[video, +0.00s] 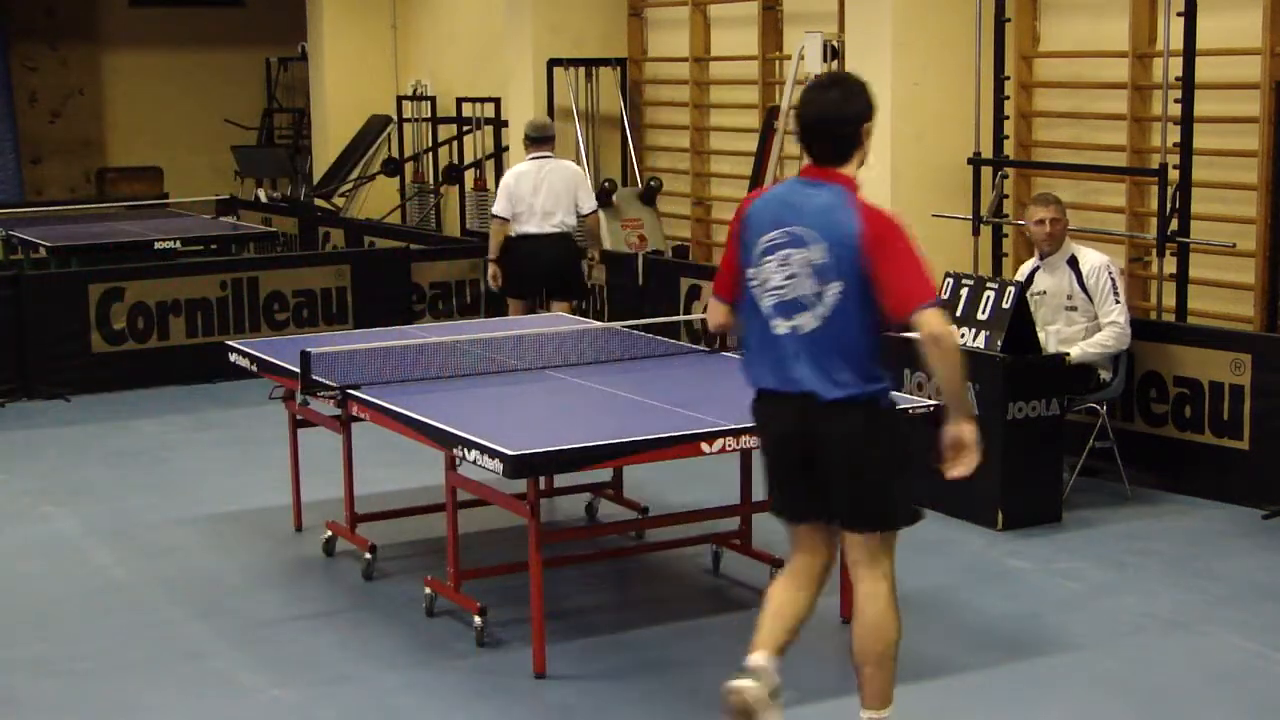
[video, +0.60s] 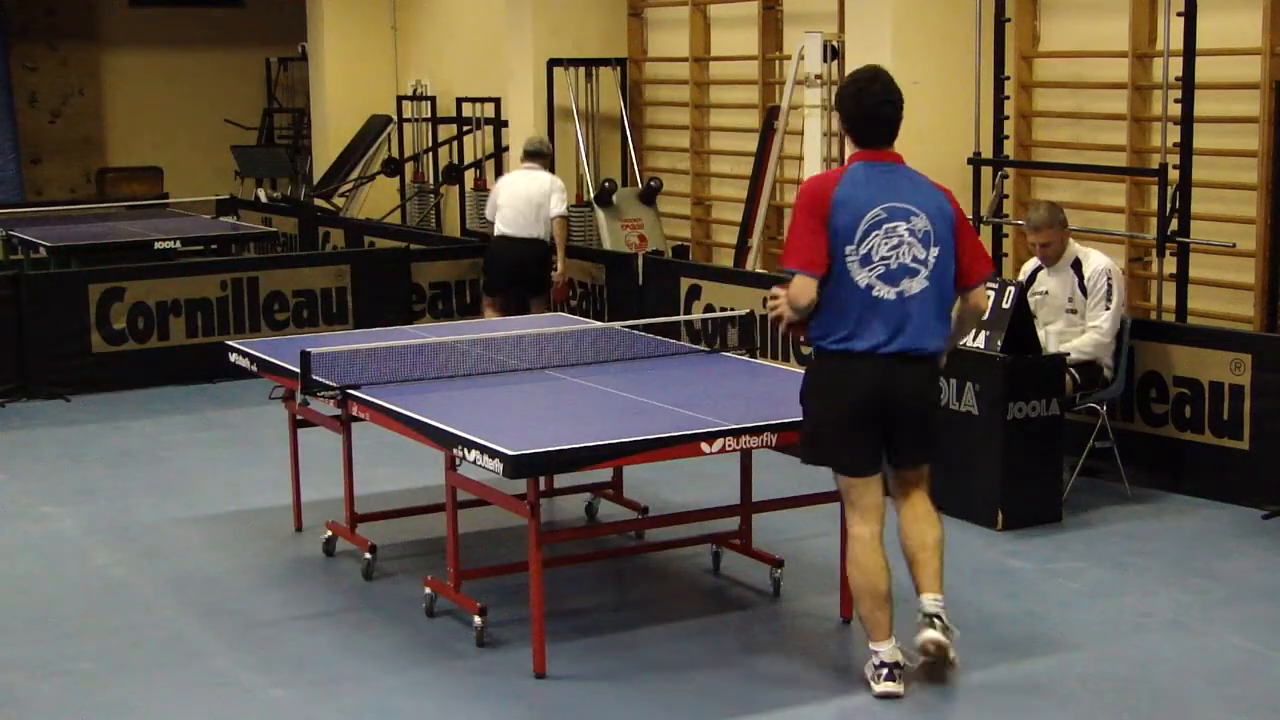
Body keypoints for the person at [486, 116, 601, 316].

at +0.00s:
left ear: (525, 143)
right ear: (553, 142)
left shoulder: (513, 175)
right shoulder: (573, 172)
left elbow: (499, 222)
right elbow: (591, 215)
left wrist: (492, 261)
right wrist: (595, 248)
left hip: (520, 253)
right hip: (562, 252)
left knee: (516, 322)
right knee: (561, 323)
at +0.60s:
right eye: (548, 158)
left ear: (523, 156)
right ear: (548, 158)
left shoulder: (504, 181)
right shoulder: (553, 183)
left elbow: (490, 217)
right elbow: (558, 222)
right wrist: (560, 264)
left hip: (501, 249)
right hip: (536, 251)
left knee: (491, 305)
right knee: (538, 308)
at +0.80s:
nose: (555, 189)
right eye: (555, 186)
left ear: (529, 183)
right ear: (553, 185)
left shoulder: (514, 200)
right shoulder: (554, 201)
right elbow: (556, 234)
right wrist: (558, 272)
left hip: (496, 255)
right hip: (528, 258)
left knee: (495, 301)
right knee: (541, 306)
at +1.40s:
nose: (556, 214)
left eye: (556, 209)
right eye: (555, 209)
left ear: (533, 208)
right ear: (545, 209)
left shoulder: (521, 223)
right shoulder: (538, 224)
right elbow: (524, 252)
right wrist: (528, 293)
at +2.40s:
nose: (463, 135)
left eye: (468, 130)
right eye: (458, 131)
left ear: (475, 134)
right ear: (448, 134)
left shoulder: (488, 165)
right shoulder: (431, 163)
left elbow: (499, 202)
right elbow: (419, 200)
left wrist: (491, 227)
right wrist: (434, 200)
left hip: (482, 237)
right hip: (447, 239)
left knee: (492, 301)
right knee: (455, 302)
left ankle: (489, 347)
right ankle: (456, 347)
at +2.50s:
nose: (459, 134)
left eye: (464, 129)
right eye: (454, 130)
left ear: (470, 134)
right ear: (444, 134)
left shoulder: (484, 164)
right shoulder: (427, 162)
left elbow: (499, 204)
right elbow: (417, 202)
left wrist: (500, 236)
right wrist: (434, 179)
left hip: (479, 239)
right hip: (445, 241)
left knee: (487, 303)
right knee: (453, 305)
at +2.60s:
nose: (456, 135)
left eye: (461, 131)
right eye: (450, 131)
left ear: (468, 136)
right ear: (440, 137)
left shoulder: (481, 167)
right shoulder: (425, 165)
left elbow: (500, 206)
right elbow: (414, 204)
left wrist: (509, 244)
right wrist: (429, 183)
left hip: (476, 241)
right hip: (441, 243)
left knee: (480, 302)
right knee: (452, 307)